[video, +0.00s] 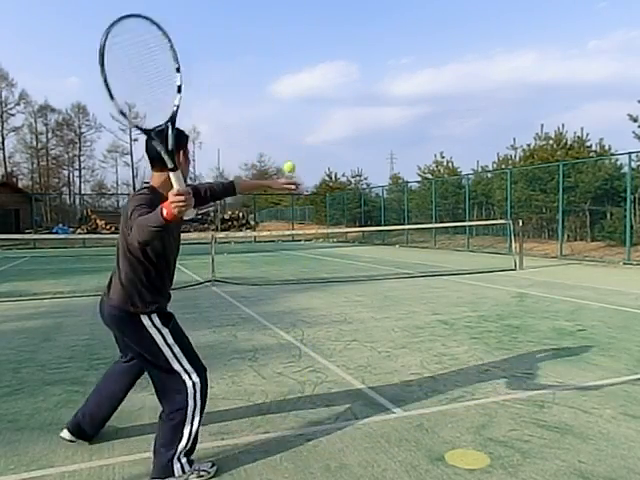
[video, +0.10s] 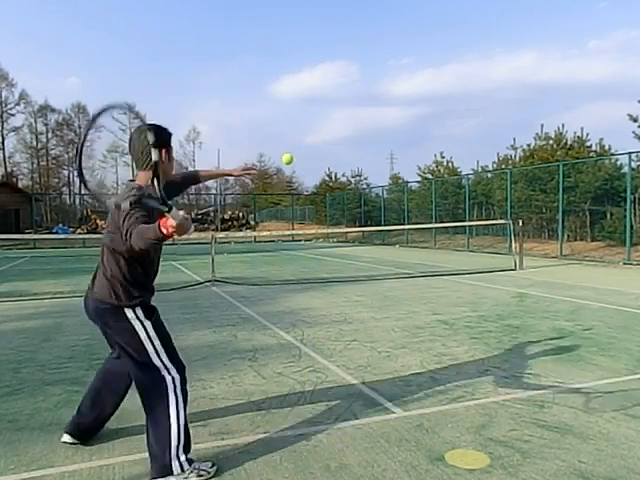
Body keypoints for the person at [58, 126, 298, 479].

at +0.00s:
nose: (190, 159)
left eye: (187, 153)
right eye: (187, 153)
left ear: (155, 161)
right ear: (179, 158)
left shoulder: (169, 194)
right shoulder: (145, 202)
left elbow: (218, 191)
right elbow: (140, 228)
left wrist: (268, 184)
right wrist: (164, 213)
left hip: (118, 304)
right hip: (142, 310)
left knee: (134, 359)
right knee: (190, 378)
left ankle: (83, 425)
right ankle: (173, 465)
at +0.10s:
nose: (174, 161)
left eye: (172, 154)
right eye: (172, 154)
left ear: (142, 157)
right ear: (161, 155)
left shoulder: (150, 191)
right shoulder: (136, 202)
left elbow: (188, 179)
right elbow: (136, 234)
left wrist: (228, 172)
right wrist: (163, 229)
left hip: (103, 299)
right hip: (125, 304)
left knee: (126, 359)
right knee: (170, 375)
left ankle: (82, 427)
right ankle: (173, 466)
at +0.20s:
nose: (158, 149)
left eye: (157, 143)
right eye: (156, 143)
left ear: (122, 148)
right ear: (148, 146)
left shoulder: (104, 176)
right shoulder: (135, 198)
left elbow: (123, 177)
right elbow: (159, 241)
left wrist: (148, 175)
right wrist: (186, 239)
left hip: (86, 287)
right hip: (119, 295)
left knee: (99, 359)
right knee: (142, 370)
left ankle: (75, 429)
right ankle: (156, 455)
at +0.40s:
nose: (122, 135)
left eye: (119, 130)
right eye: (122, 131)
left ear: (86, 130)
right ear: (118, 134)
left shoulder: (69, 166)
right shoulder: (128, 170)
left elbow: (34, 201)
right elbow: (116, 207)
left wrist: (47, 215)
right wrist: (62, 216)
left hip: (77, 269)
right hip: (119, 269)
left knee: (65, 341)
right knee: (112, 343)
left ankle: (70, 422)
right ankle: (102, 431)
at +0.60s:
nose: (94, 151)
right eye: (93, 147)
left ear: (57, 149)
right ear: (89, 151)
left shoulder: (69, 184)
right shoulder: (93, 179)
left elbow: (74, 226)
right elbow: (52, 185)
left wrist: (45, 255)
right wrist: (19, 182)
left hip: (78, 279)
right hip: (115, 276)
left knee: (65, 357)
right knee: (116, 348)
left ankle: (71, 433)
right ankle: (137, 422)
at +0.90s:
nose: (38, 151)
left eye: (41, 144)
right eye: (81, 142)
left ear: (46, 145)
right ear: (77, 145)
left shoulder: (57, 181)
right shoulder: (82, 179)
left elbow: (63, 227)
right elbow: (70, 228)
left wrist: (47, 268)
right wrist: (29, 231)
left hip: (74, 279)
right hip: (108, 272)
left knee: (64, 359)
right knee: (112, 349)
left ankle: (74, 433)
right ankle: (158, 407)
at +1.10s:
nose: (88, 140)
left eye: (54, 135)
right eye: (88, 135)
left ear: (52, 138)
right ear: (87, 138)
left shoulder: (47, 177)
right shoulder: (101, 177)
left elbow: (44, 230)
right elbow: (109, 229)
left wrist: (50, 273)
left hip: (72, 278)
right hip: (113, 274)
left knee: (65, 358)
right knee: (118, 346)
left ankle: (73, 434)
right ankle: (149, 411)